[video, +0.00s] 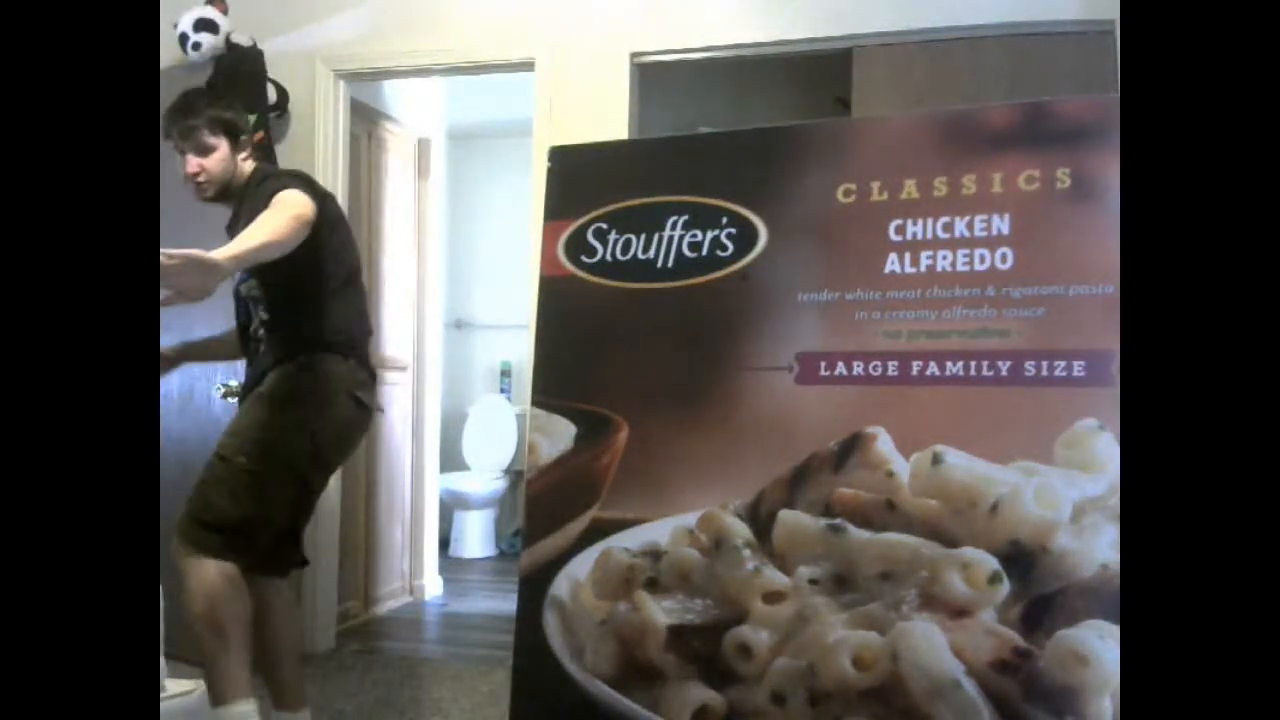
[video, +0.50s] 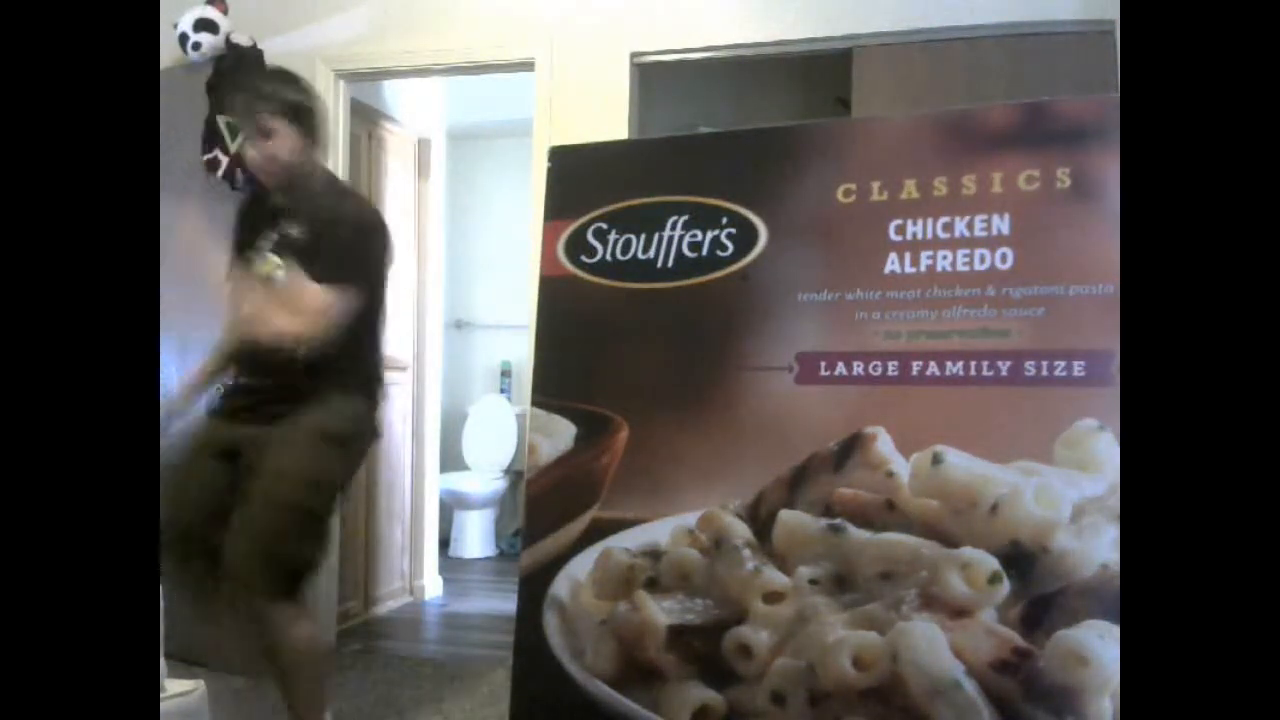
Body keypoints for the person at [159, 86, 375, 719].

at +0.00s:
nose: (189, 167)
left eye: (201, 150)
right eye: (183, 154)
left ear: (247, 144)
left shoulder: (286, 187)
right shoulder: (257, 220)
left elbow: (295, 219)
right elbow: (264, 336)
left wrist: (224, 261)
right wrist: (180, 353)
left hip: (314, 381)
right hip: (304, 385)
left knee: (204, 538)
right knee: (264, 555)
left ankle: (233, 705)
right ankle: (290, 708)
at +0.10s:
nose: (192, 164)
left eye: (204, 147)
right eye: (186, 151)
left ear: (250, 143)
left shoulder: (287, 186)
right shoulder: (256, 218)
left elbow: (299, 218)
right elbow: (263, 334)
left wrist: (230, 259)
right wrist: (176, 347)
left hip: (319, 381)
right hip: (302, 385)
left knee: (209, 543)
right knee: (268, 558)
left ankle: (244, 706)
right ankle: (289, 706)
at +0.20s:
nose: (193, 161)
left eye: (206, 144)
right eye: (187, 148)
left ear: (250, 141)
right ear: (186, 150)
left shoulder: (291, 186)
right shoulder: (250, 218)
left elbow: (302, 218)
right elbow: (257, 332)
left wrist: (237, 257)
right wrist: (172, 342)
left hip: (323, 381)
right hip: (295, 387)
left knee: (213, 543)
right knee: (267, 560)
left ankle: (258, 706)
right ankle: (290, 705)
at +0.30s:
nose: (201, 154)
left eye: (214, 138)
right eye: (195, 140)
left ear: (257, 134)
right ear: (191, 139)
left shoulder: (301, 189)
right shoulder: (244, 215)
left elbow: (323, 242)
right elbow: (236, 317)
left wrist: (251, 300)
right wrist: (175, 324)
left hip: (327, 386)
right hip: (284, 389)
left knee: (221, 541)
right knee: (258, 553)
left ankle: (297, 697)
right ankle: (260, 692)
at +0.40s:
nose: (227, 151)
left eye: (241, 132)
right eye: (220, 135)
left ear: (279, 129)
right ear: (217, 138)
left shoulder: (325, 197)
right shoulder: (246, 207)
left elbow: (353, 309)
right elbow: (246, 323)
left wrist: (271, 382)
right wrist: (181, 316)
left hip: (328, 396)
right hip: (273, 396)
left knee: (252, 551)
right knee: (222, 551)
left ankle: (315, 707)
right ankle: (280, 698)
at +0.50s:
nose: (247, 153)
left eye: (259, 135)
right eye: (241, 138)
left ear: (298, 131)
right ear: (245, 143)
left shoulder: (351, 218)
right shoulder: (259, 210)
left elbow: (307, 328)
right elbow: (244, 316)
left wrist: (247, 290)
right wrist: (195, 385)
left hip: (327, 406)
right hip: (251, 399)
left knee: (262, 557)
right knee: (182, 527)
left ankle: (310, 707)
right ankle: (276, 669)